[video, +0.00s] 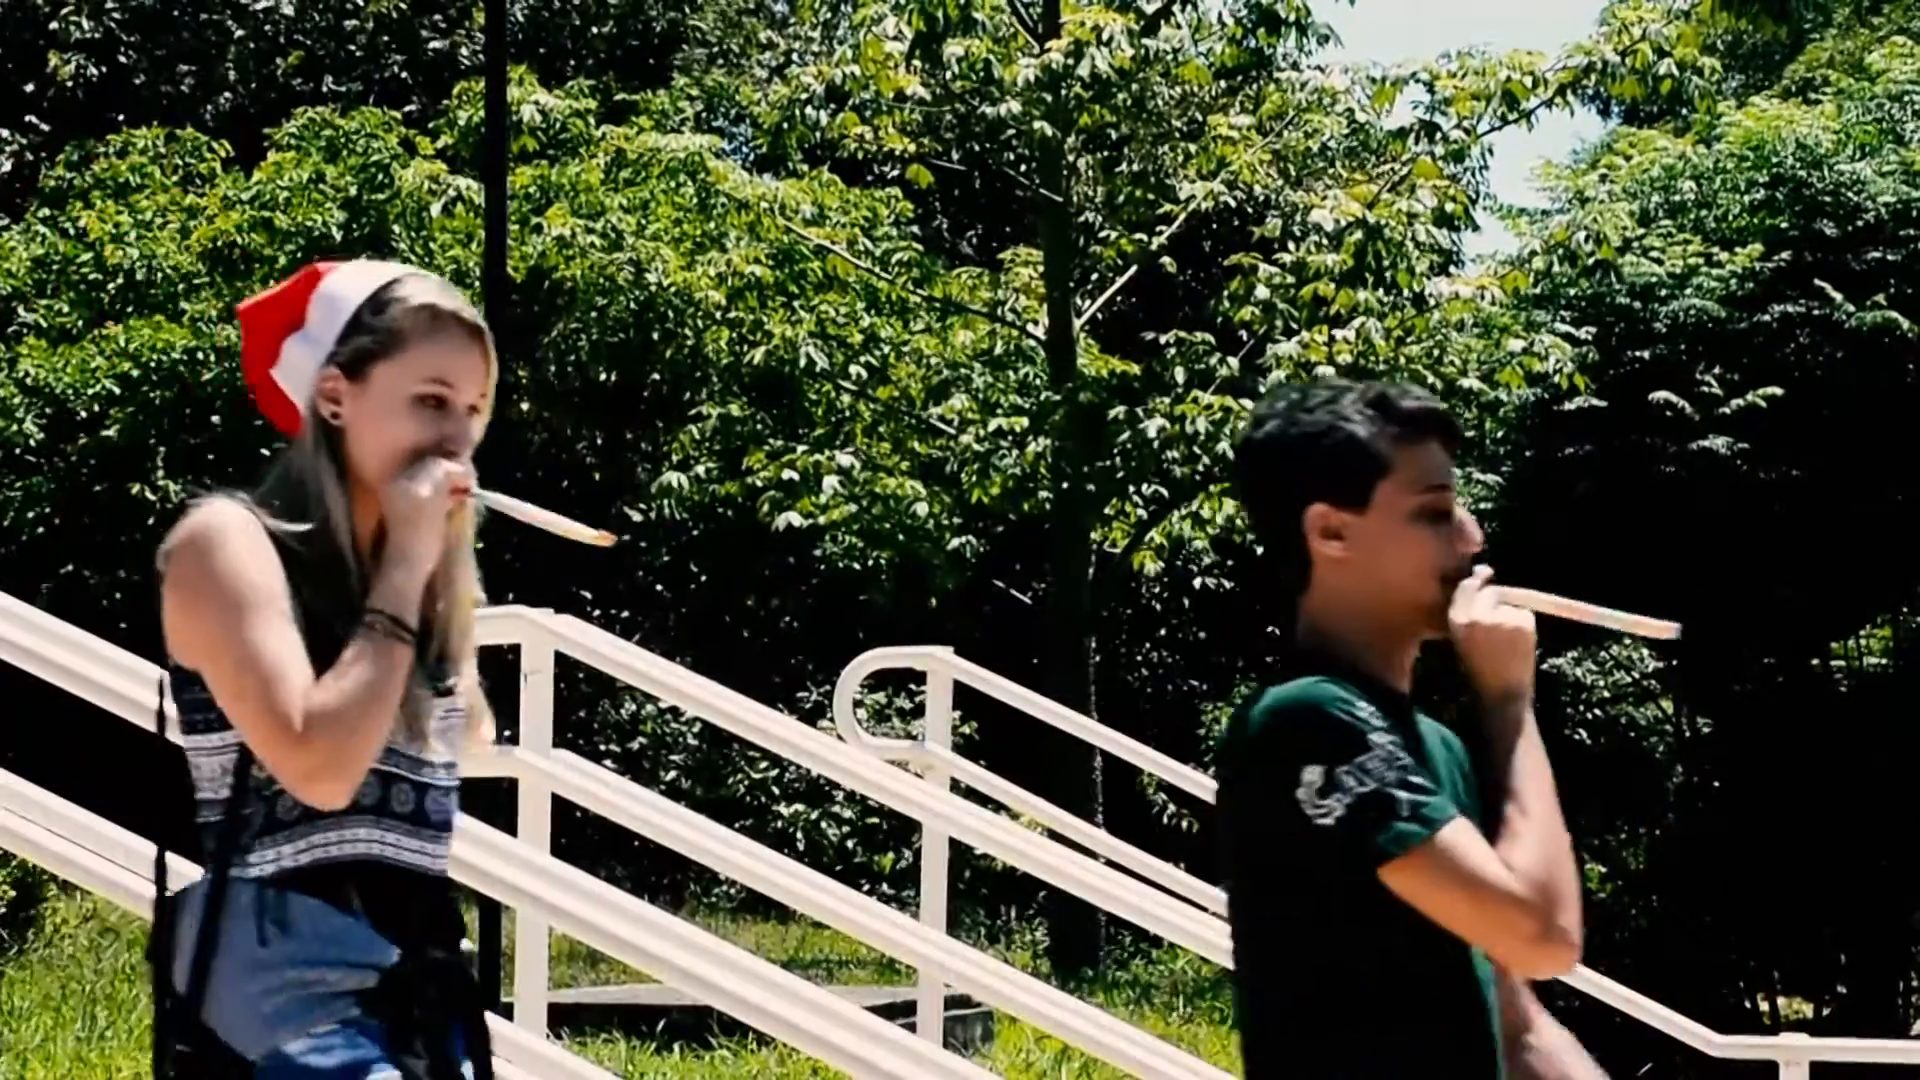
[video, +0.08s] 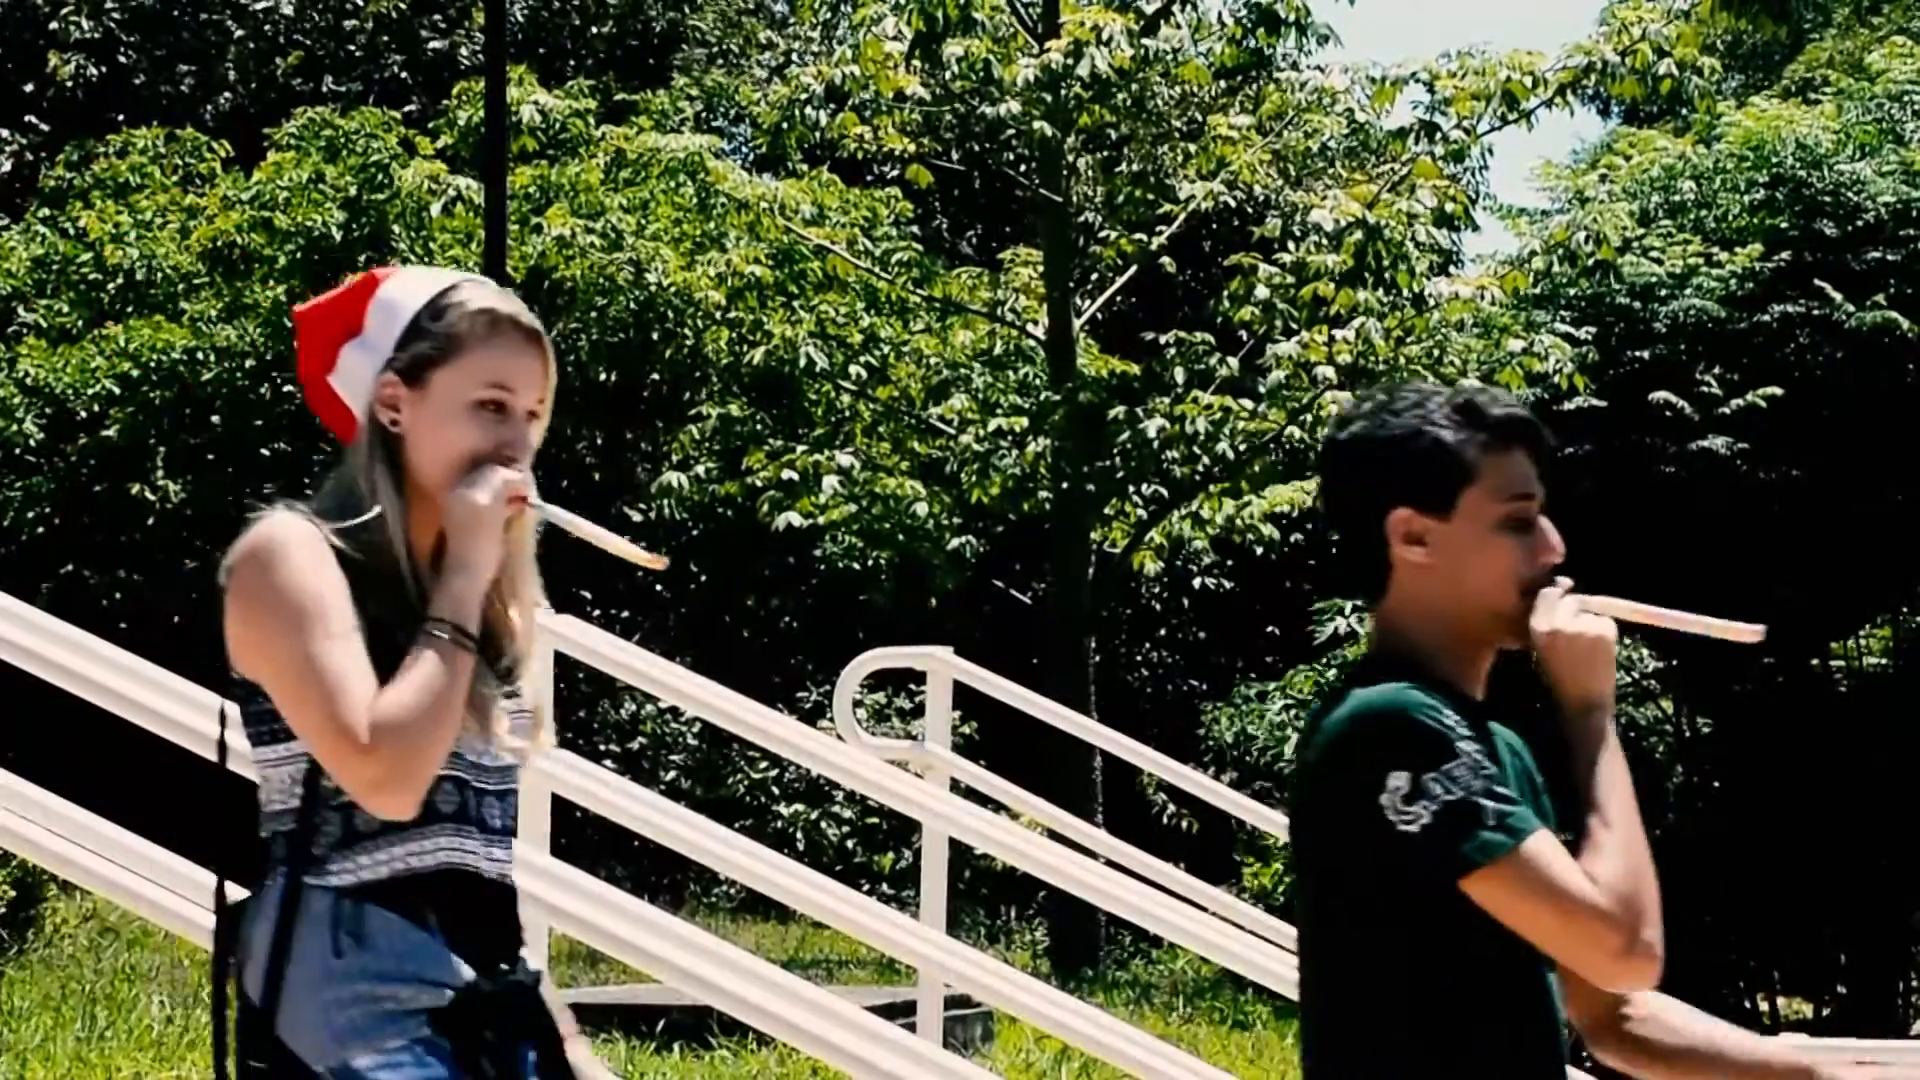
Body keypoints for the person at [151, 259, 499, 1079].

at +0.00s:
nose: (460, 439)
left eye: (474, 412)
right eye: (431, 402)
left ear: (486, 420)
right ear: (336, 394)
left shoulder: (415, 564)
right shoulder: (221, 540)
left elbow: (468, 737)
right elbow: (318, 764)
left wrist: (450, 562)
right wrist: (407, 565)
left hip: (420, 973)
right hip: (287, 974)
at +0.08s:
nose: (519, 445)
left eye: (533, 418)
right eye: (490, 407)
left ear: (545, 425)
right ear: (395, 403)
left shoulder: (483, 584)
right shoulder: (284, 555)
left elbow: (476, 860)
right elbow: (386, 779)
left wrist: (561, 1037)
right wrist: (465, 580)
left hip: (488, 972)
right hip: (355, 977)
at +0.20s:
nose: (606, 484)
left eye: (618, 457)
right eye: (574, 448)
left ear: (629, 465)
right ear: (477, 452)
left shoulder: (567, 635)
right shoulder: (378, 608)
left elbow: (574, 908)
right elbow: (497, 831)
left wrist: (734, 1024)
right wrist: (563, 622)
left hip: (600, 1035)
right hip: (471, 1040)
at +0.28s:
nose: (675, 533)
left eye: (686, 508)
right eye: (643, 498)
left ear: (695, 519)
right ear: (543, 506)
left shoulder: (637, 691)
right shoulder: (449, 665)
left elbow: (651, 963)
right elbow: (585, 881)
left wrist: (829, 1047)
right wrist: (641, 669)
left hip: (663, 1057)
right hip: (541, 1056)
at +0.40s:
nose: (784, 551)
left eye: (791, 522)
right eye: (750, 516)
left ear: (801, 532)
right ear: (650, 529)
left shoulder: (735, 709)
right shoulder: (559, 695)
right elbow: (715, 905)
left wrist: (779, 1053)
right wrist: (754, 689)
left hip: (748, 1053)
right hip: (620, 1055)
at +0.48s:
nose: (865, 539)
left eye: (870, 511)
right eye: (829, 507)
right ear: (730, 524)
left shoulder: (798, 689)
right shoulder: (647, 684)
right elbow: (814, 891)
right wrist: (841, 678)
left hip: (823, 1052)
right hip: (702, 1057)